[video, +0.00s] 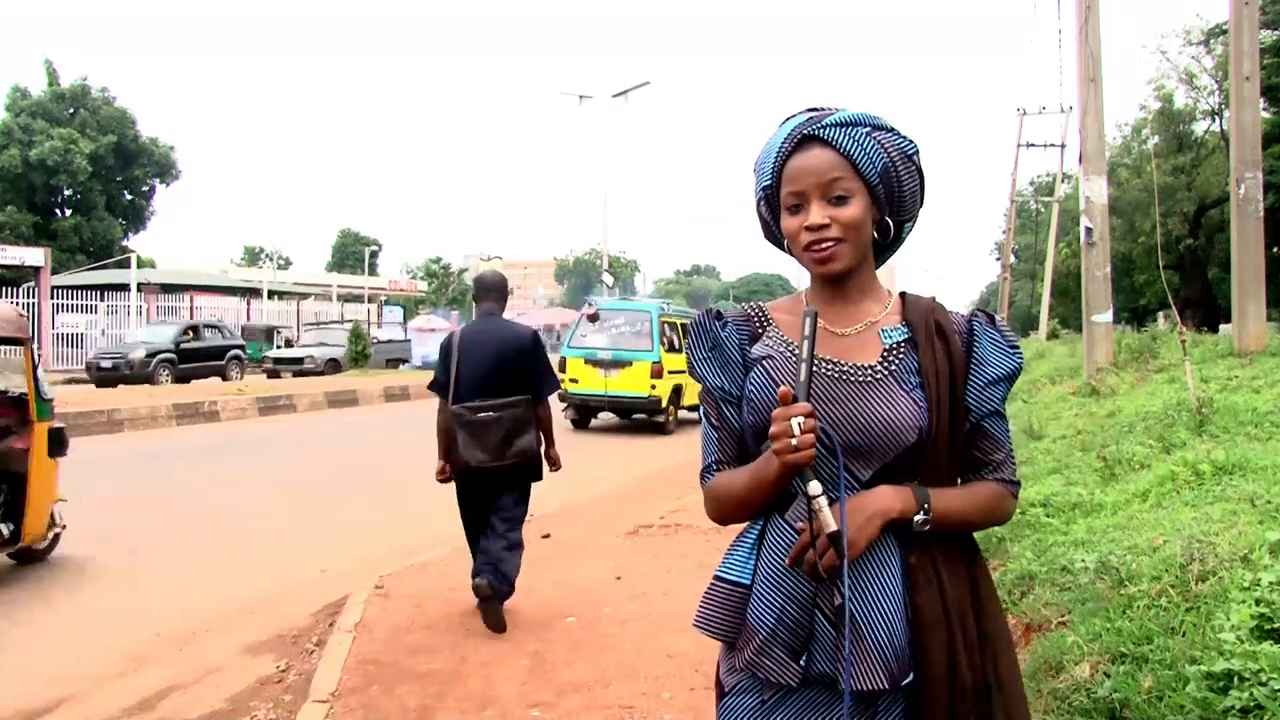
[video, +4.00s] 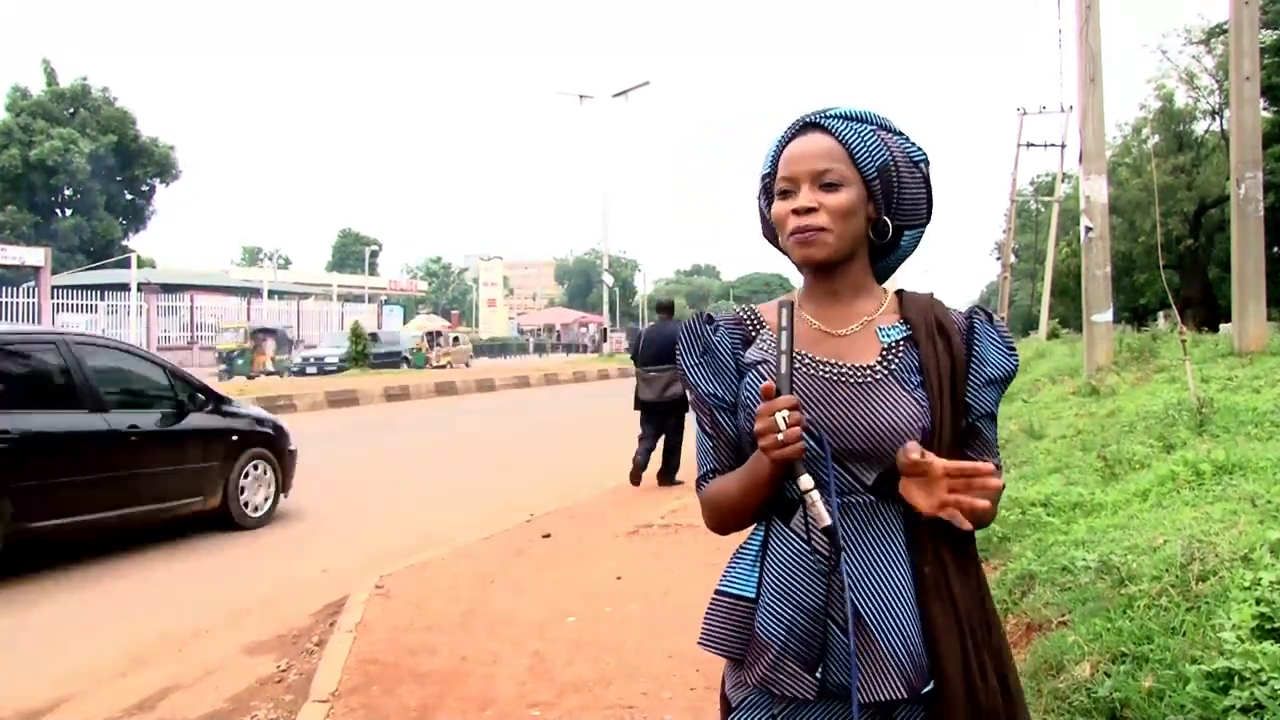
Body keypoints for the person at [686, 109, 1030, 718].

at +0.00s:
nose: (816, 221)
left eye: (838, 198)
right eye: (795, 206)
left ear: (880, 207)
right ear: (778, 224)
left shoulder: (950, 339)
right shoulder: (743, 338)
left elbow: (999, 493)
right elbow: (719, 502)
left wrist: (890, 502)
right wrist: (776, 462)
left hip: (913, 626)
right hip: (781, 629)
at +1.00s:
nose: (788, 206)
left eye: (818, 192)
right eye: (775, 185)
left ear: (856, 214)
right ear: (752, 198)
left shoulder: (910, 331)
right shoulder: (700, 337)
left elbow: (943, 506)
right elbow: (681, 506)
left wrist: (925, 445)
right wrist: (743, 465)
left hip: (883, 634)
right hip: (748, 636)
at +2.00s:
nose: (742, 216)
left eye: (767, 193)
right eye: (723, 202)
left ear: (815, 206)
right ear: (709, 222)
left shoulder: (881, 346)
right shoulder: (667, 342)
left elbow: (918, 503)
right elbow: (631, 515)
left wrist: (855, 512)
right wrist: (706, 462)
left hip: (849, 628)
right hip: (710, 629)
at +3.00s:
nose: (733, 206)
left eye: (762, 191)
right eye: (720, 190)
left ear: (809, 217)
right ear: (705, 208)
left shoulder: (877, 342)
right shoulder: (666, 349)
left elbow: (926, 504)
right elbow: (645, 521)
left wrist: (813, 494)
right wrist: (685, 486)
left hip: (847, 651)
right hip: (709, 654)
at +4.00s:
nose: (802, 204)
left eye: (828, 185)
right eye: (786, 191)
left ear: (875, 204)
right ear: (771, 213)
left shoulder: (948, 337)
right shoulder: (736, 343)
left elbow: (985, 495)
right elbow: (718, 514)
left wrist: (938, 491)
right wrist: (767, 459)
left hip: (918, 641)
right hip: (783, 646)